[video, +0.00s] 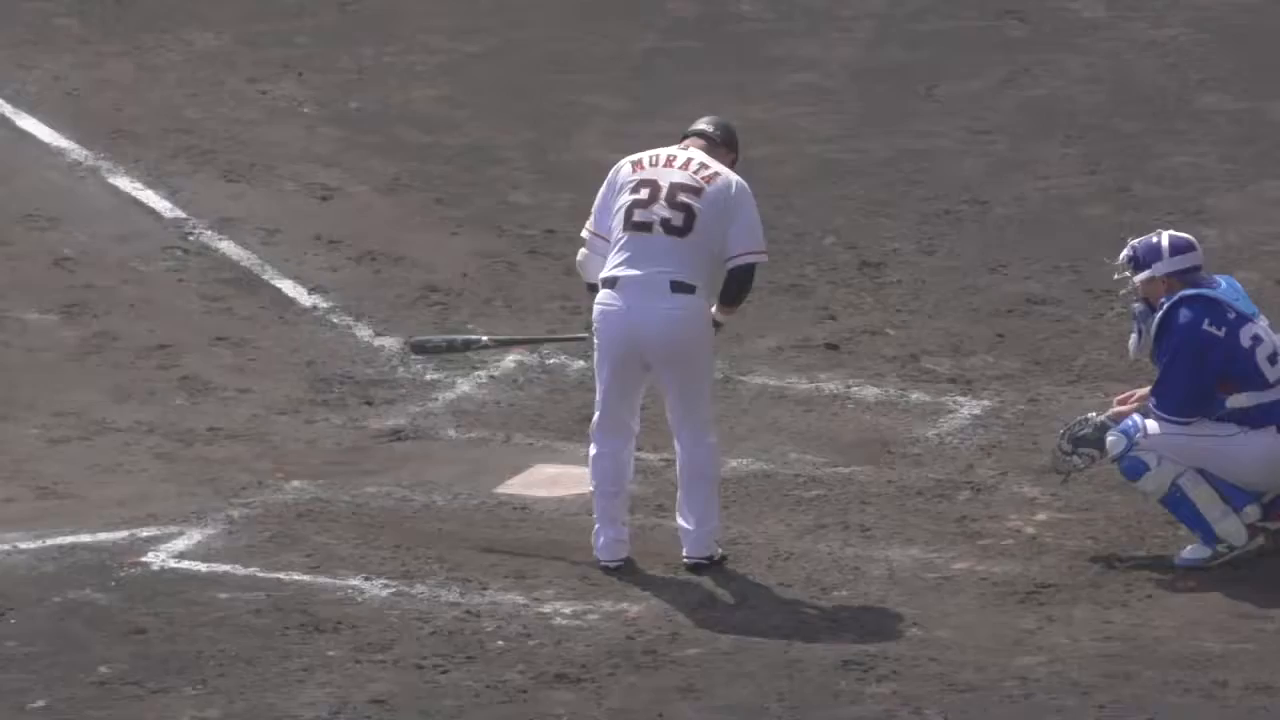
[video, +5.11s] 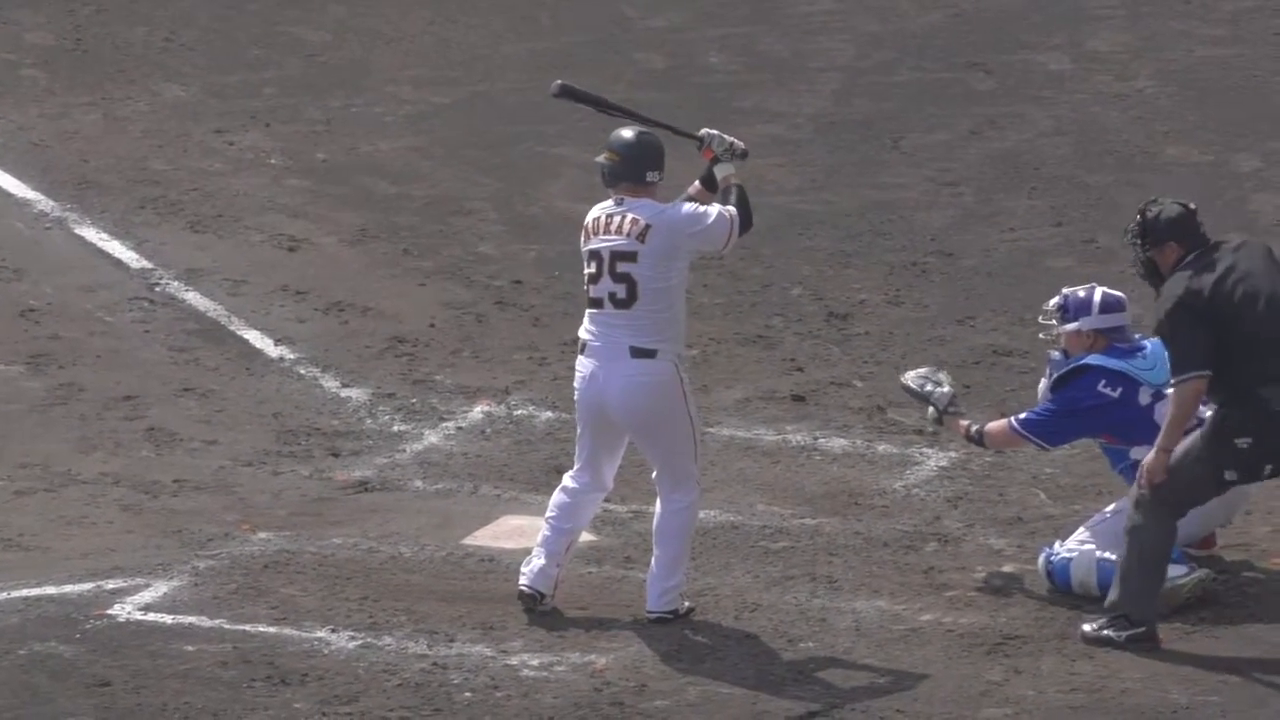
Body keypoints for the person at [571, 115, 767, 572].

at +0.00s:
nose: (730, 165)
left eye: (730, 159)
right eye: (732, 160)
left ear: (686, 139)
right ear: (726, 152)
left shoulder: (628, 165)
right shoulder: (731, 183)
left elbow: (591, 255)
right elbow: (742, 270)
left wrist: (610, 296)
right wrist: (720, 315)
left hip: (614, 304)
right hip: (683, 307)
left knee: (612, 427)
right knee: (693, 431)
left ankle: (610, 546)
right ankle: (699, 545)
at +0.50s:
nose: (726, 160)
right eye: (729, 154)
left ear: (683, 136)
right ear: (726, 148)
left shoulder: (629, 163)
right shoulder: (732, 177)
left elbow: (616, 238)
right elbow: (743, 264)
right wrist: (734, 303)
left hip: (614, 301)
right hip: (681, 307)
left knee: (602, 416)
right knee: (693, 431)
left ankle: (578, 532)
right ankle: (695, 549)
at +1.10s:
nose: (744, 151)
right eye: (745, 144)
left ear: (703, 131)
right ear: (742, 140)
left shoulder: (650, 164)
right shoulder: (747, 167)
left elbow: (643, 235)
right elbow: (768, 242)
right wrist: (751, 260)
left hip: (639, 299)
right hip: (704, 306)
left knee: (629, 421)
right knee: (729, 430)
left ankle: (610, 537)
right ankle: (732, 547)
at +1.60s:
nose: (726, 113)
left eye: (723, 106)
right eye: (724, 106)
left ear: (674, 108)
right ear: (717, 109)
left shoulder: (642, 161)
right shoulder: (736, 156)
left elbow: (658, 221)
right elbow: (787, 219)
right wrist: (769, 187)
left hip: (648, 306)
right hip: (711, 311)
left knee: (641, 417)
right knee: (740, 430)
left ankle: (606, 528)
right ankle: (741, 545)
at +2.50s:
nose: (687, 119)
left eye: (675, 110)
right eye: (718, 111)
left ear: (671, 113)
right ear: (720, 114)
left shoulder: (653, 162)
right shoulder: (743, 164)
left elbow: (712, 174)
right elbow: (806, 190)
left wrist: (761, 137)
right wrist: (791, 146)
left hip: (661, 312)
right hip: (724, 318)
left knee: (655, 421)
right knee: (751, 433)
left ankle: (615, 532)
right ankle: (748, 550)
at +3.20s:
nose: (640, 138)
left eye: (643, 133)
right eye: (647, 134)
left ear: (647, 138)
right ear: (691, 137)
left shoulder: (631, 184)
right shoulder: (712, 183)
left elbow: (704, 165)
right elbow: (780, 167)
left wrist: (743, 116)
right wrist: (762, 118)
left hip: (630, 336)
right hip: (690, 343)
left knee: (627, 444)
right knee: (716, 454)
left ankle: (578, 551)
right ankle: (708, 572)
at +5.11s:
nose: (603, 174)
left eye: (607, 168)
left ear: (611, 173)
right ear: (657, 173)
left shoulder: (595, 218)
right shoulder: (674, 221)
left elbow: (674, 211)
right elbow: (739, 220)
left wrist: (710, 168)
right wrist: (729, 173)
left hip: (590, 370)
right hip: (651, 377)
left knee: (586, 475)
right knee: (677, 486)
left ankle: (536, 577)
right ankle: (664, 600)